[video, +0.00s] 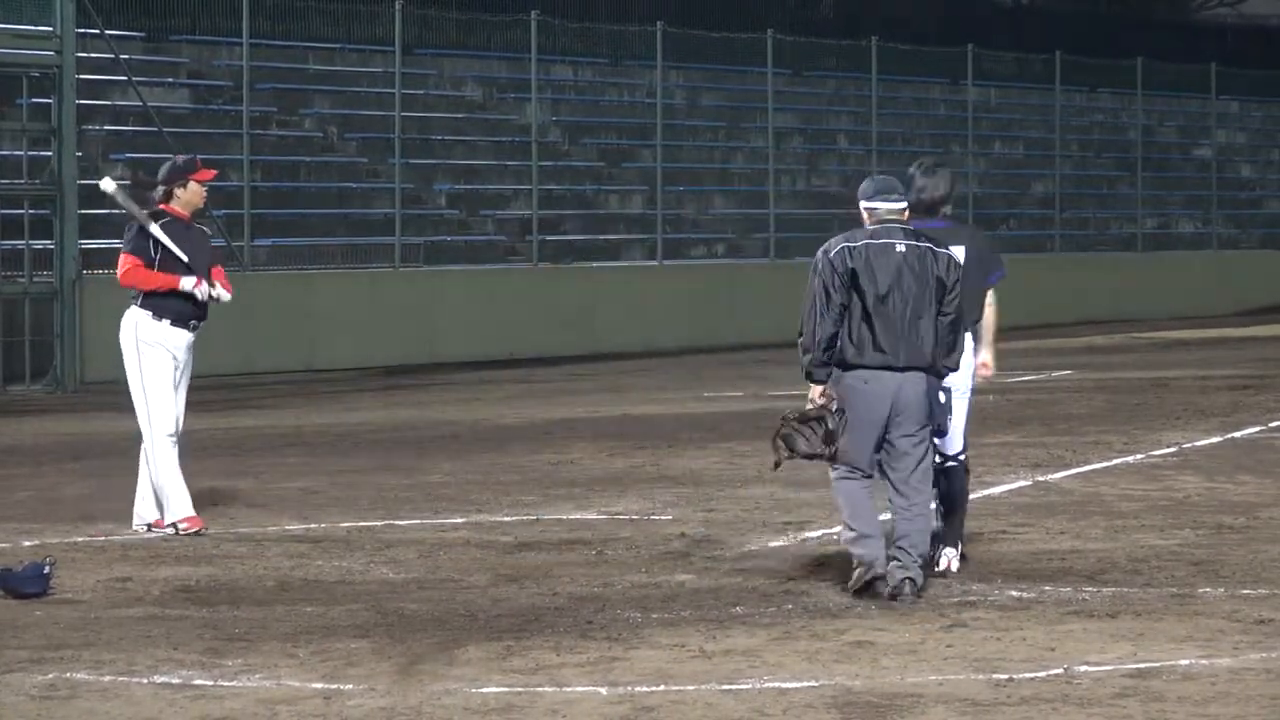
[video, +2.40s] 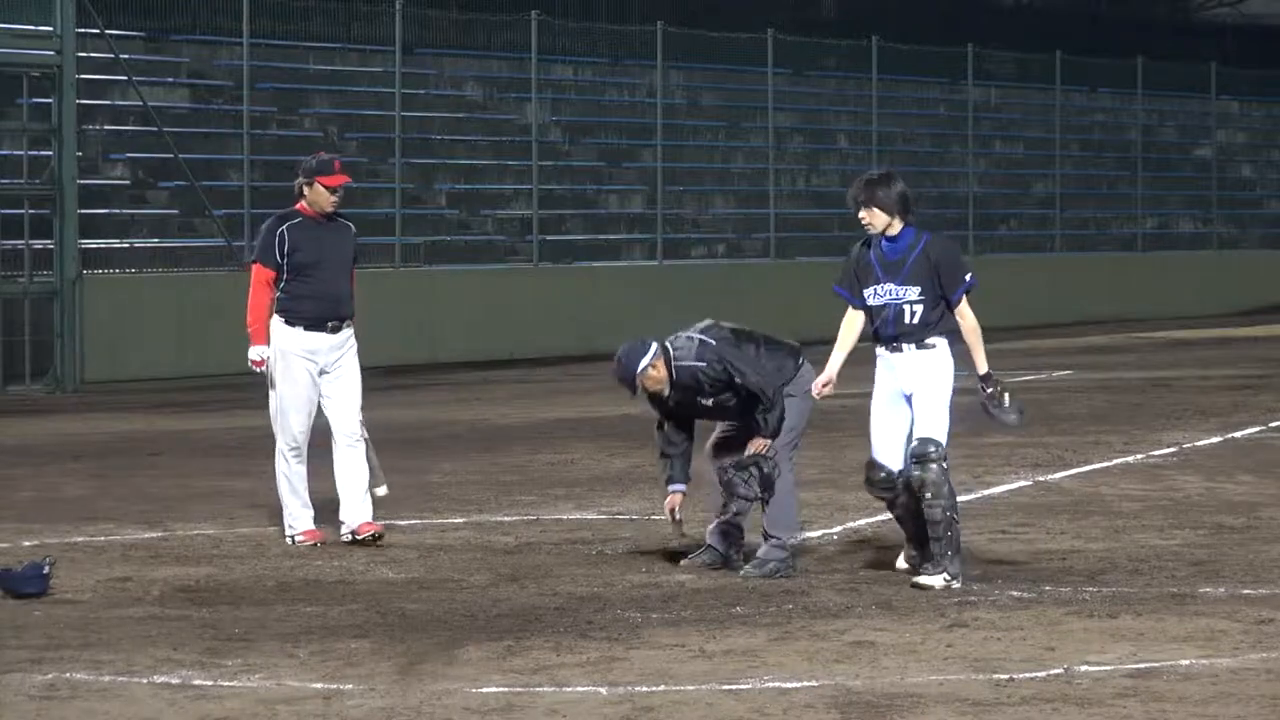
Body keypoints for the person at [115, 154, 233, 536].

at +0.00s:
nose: (206, 192)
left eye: (206, 186)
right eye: (200, 186)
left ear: (189, 190)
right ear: (177, 189)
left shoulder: (199, 233)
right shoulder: (146, 222)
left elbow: (215, 270)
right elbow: (127, 272)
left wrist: (220, 287)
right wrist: (183, 282)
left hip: (182, 335)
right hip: (147, 330)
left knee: (167, 427)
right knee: (159, 425)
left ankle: (147, 515)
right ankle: (181, 513)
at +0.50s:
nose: (222, 188)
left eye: (221, 182)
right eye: (216, 182)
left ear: (203, 186)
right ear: (193, 186)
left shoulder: (215, 227)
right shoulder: (167, 225)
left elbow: (219, 276)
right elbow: (153, 281)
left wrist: (228, 316)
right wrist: (176, 325)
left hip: (215, 337)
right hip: (178, 336)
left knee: (221, 421)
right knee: (175, 427)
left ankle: (192, 502)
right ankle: (178, 514)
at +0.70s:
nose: (236, 191)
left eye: (236, 185)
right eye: (231, 185)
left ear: (217, 187)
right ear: (210, 186)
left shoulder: (221, 229)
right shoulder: (182, 227)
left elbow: (222, 283)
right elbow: (168, 286)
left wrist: (239, 325)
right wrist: (179, 343)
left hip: (230, 337)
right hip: (193, 338)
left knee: (241, 427)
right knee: (182, 431)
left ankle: (244, 513)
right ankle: (181, 516)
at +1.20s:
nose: (293, 191)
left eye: (293, 185)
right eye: (287, 184)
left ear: (274, 187)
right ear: (265, 186)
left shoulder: (279, 229)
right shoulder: (236, 224)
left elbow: (275, 279)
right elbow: (219, 278)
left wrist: (283, 326)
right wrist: (237, 334)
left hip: (281, 339)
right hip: (243, 337)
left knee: (278, 432)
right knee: (237, 424)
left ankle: (275, 518)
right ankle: (204, 496)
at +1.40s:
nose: (309, 188)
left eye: (308, 182)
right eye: (303, 182)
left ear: (291, 185)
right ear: (280, 185)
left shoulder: (297, 227)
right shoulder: (251, 221)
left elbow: (292, 278)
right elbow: (234, 276)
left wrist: (298, 327)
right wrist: (251, 326)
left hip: (290, 336)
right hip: (257, 333)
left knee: (287, 429)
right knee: (262, 424)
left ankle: (280, 514)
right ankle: (254, 515)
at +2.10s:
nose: (322, 194)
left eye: (323, 187)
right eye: (315, 188)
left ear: (317, 186)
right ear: (290, 187)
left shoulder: (325, 226)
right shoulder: (267, 228)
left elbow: (334, 276)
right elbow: (255, 286)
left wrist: (348, 326)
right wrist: (268, 341)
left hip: (330, 339)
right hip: (288, 339)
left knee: (342, 427)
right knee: (288, 436)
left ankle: (327, 511)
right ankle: (298, 524)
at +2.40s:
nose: (338, 195)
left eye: (340, 188)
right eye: (330, 188)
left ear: (339, 188)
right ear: (306, 187)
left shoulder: (345, 230)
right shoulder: (279, 228)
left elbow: (347, 282)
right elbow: (261, 286)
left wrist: (348, 331)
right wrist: (258, 341)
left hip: (340, 340)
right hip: (293, 340)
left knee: (350, 431)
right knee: (293, 437)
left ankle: (358, 519)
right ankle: (299, 524)